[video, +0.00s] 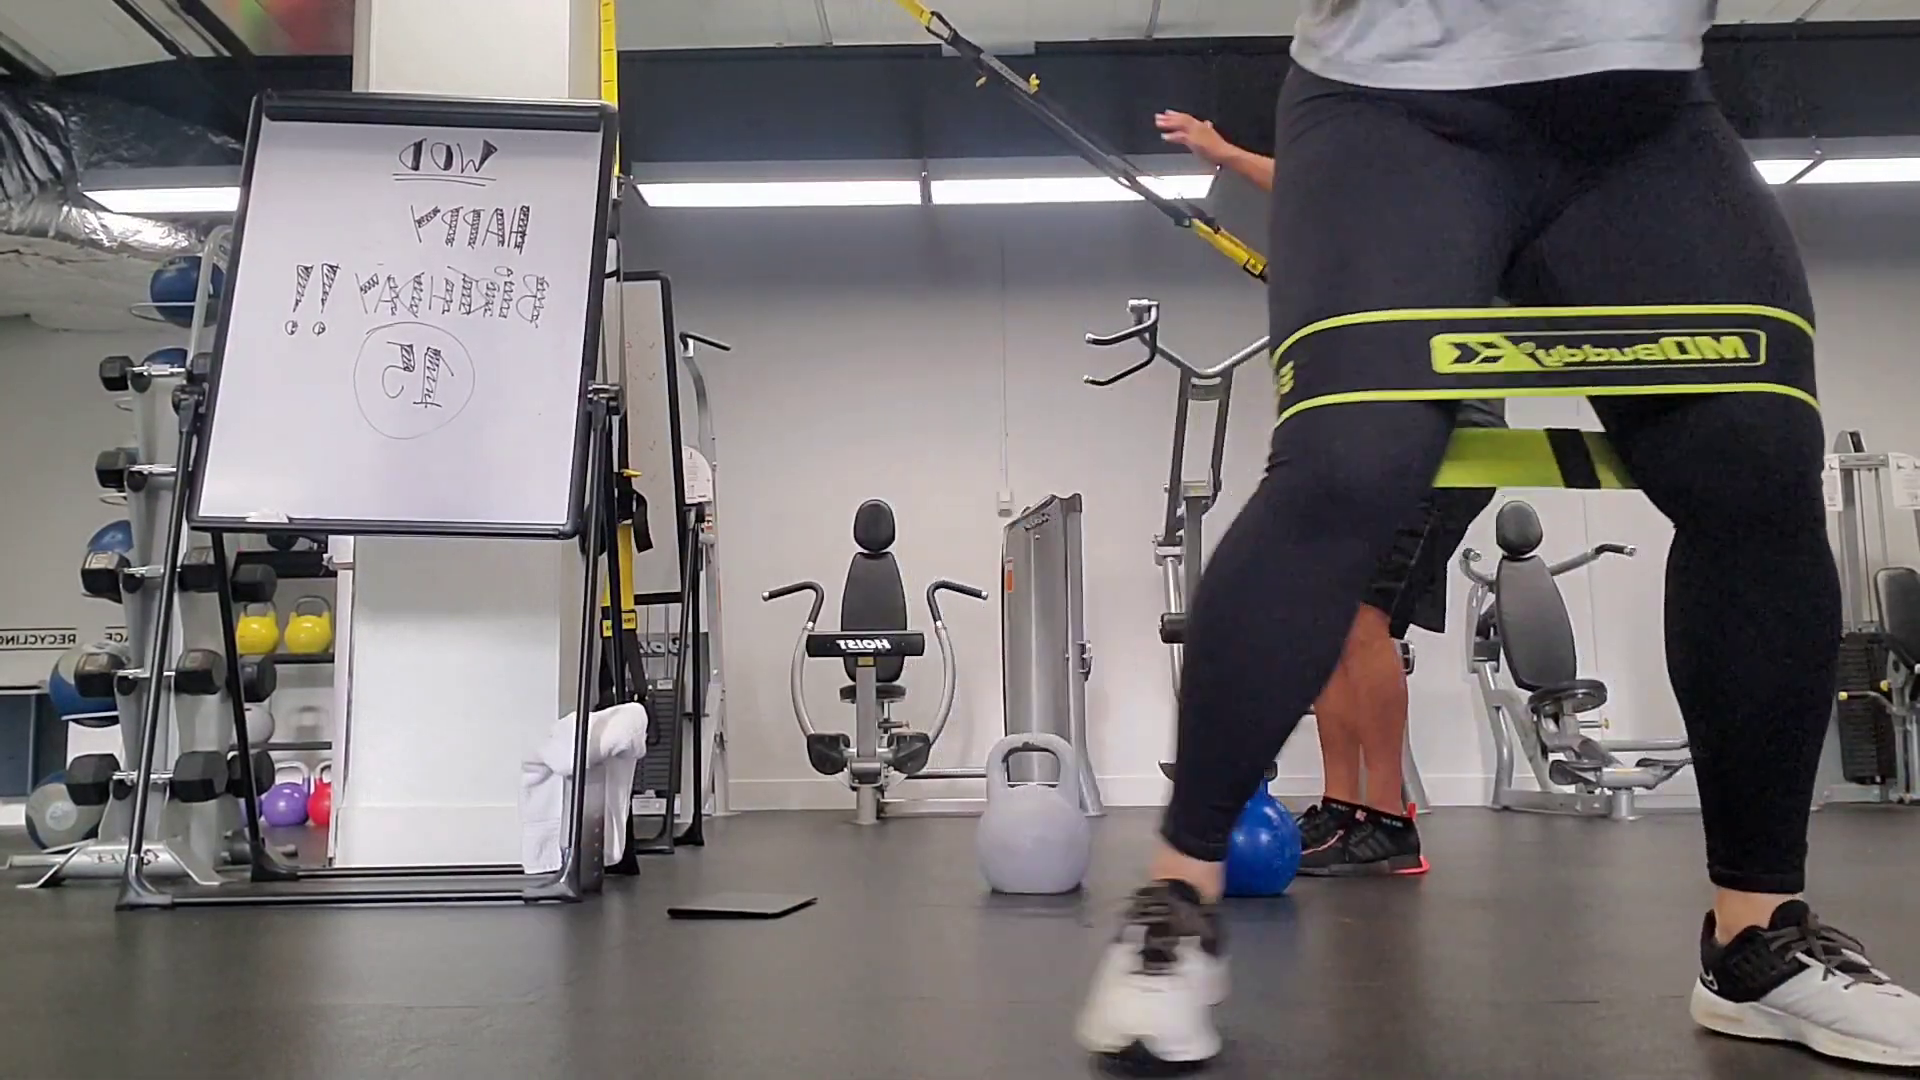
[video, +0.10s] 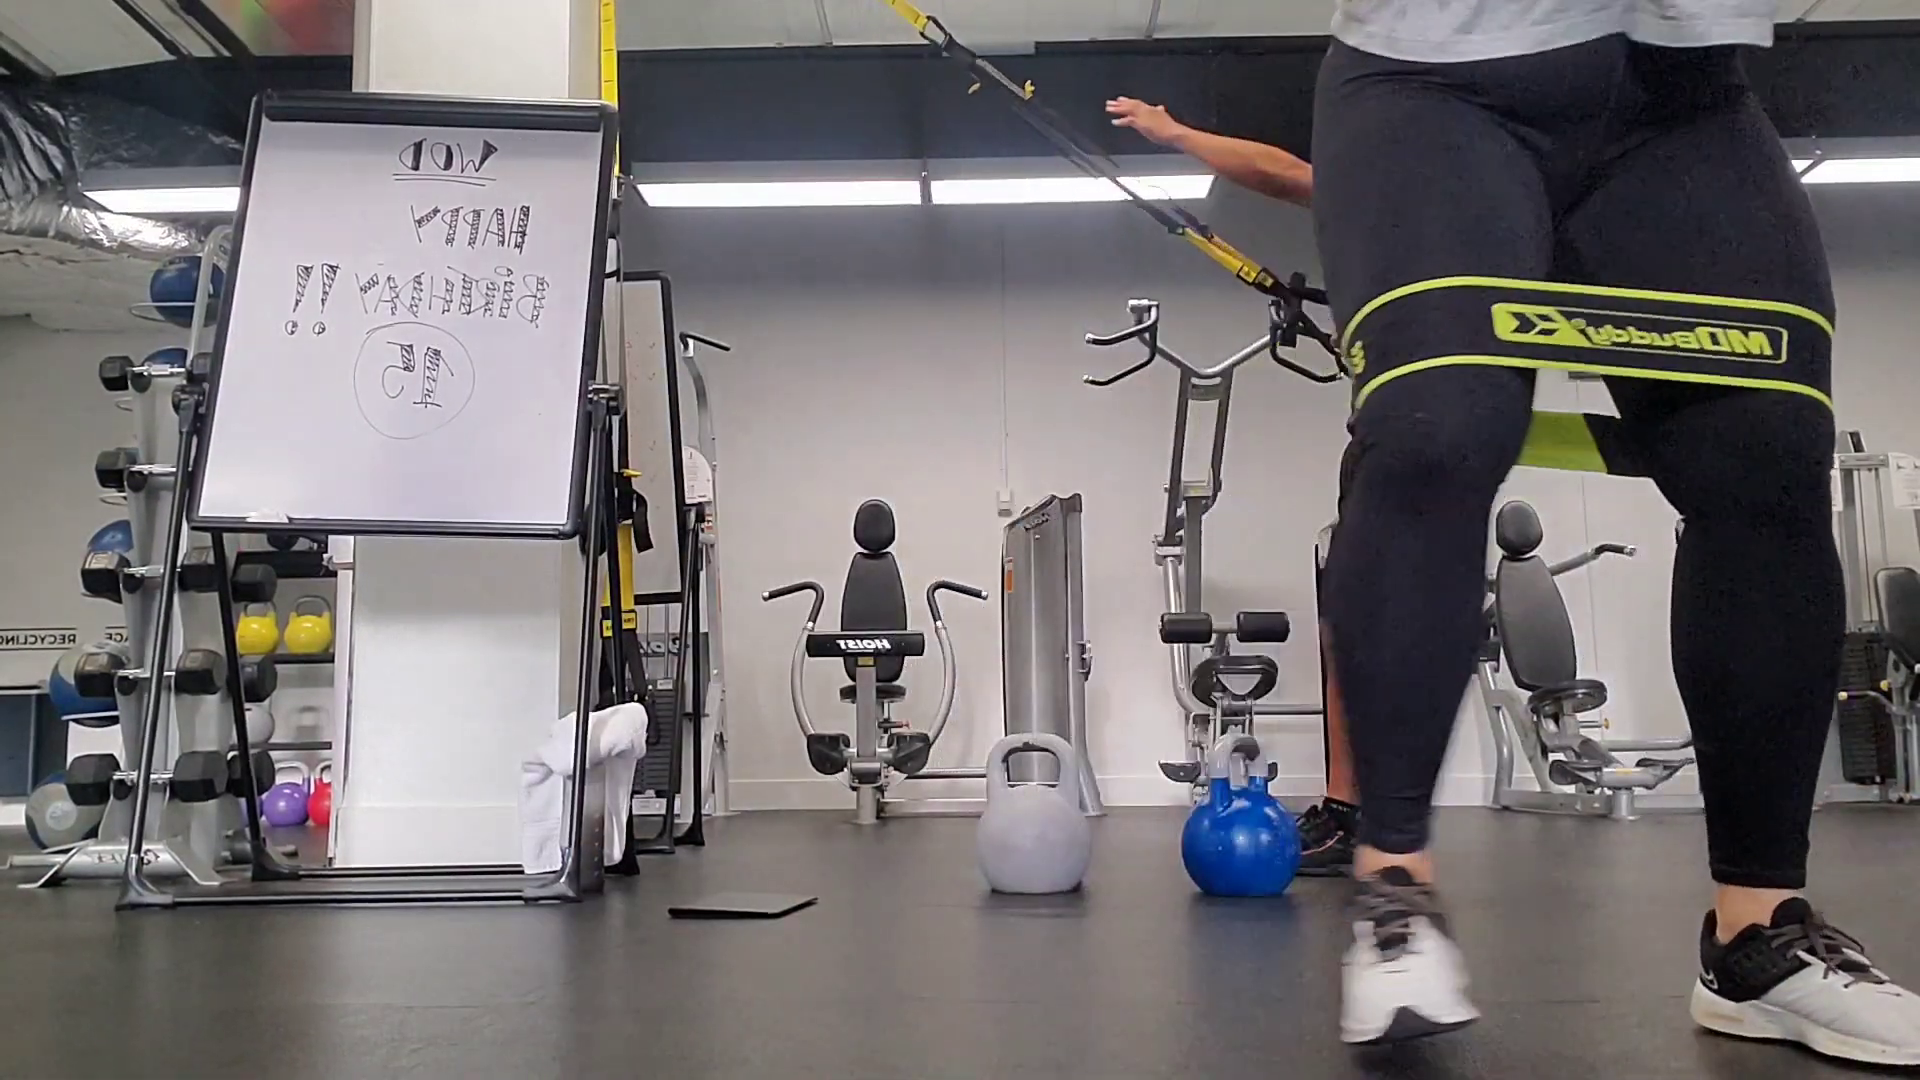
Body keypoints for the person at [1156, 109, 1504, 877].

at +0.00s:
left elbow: (1325, 186)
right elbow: (1320, 188)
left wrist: (1224, 152)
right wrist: (1227, 153)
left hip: (1440, 433)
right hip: (1369, 429)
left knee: (1361, 613)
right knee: (1326, 607)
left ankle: (1390, 819)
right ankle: (1339, 808)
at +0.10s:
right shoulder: (1384, 203)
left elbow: (1287, 174)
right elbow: (1289, 174)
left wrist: (1176, 133)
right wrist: (1177, 132)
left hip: (1431, 454)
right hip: (1382, 447)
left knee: (1358, 622)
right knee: (1339, 623)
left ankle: (1366, 815)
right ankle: (1344, 807)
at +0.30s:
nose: (1300, 198)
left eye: (1306, 183)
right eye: (1300, 185)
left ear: (1351, 168)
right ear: (1355, 173)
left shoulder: (1361, 200)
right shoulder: (1375, 222)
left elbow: (1222, 181)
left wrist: (1115, 156)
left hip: (1387, 427)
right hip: (1360, 432)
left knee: (1387, 625)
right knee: (1347, 630)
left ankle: (1389, 820)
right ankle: (1345, 809)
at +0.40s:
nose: (1294, 199)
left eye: (1300, 183)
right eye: (1294, 186)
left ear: (1343, 169)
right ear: (1355, 173)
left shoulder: (1349, 204)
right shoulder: (1404, 229)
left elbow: (1217, 192)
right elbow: (1447, 368)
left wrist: (1102, 169)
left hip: (1376, 427)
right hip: (1366, 431)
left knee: (1382, 624)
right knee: (1344, 630)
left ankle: (1387, 820)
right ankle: (1345, 810)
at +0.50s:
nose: (1296, 204)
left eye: (1302, 187)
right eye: (1295, 191)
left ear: (1342, 169)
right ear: (1357, 173)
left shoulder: (1349, 204)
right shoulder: (1425, 246)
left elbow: (1215, 192)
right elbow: (1460, 379)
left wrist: (1104, 171)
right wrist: (1361, 338)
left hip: (1373, 426)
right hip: (1385, 429)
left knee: (1381, 627)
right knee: (1345, 628)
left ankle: (1389, 821)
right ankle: (1346, 809)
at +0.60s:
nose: (1305, 199)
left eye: (1310, 183)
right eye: (1303, 185)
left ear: (1351, 169)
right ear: (1361, 174)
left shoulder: (1361, 207)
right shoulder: (1430, 253)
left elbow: (1228, 188)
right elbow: (1454, 381)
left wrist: (1114, 164)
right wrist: (1371, 402)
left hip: (1381, 427)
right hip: (1385, 431)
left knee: (1375, 624)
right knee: (1339, 627)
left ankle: (1388, 821)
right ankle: (1345, 809)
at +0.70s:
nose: (1324, 202)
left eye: (1327, 187)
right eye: (1321, 190)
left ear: (1364, 168)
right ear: (1368, 173)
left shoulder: (1391, 212)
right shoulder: (1414, 253)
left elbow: (1262, 189)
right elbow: (1444, 374)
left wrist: (1151, 163)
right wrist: (1350, 354)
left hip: (1403, 428)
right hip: (1372, 434)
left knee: (1356, 614)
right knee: (1327, 624)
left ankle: (1390, 821)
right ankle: (1346, 809)